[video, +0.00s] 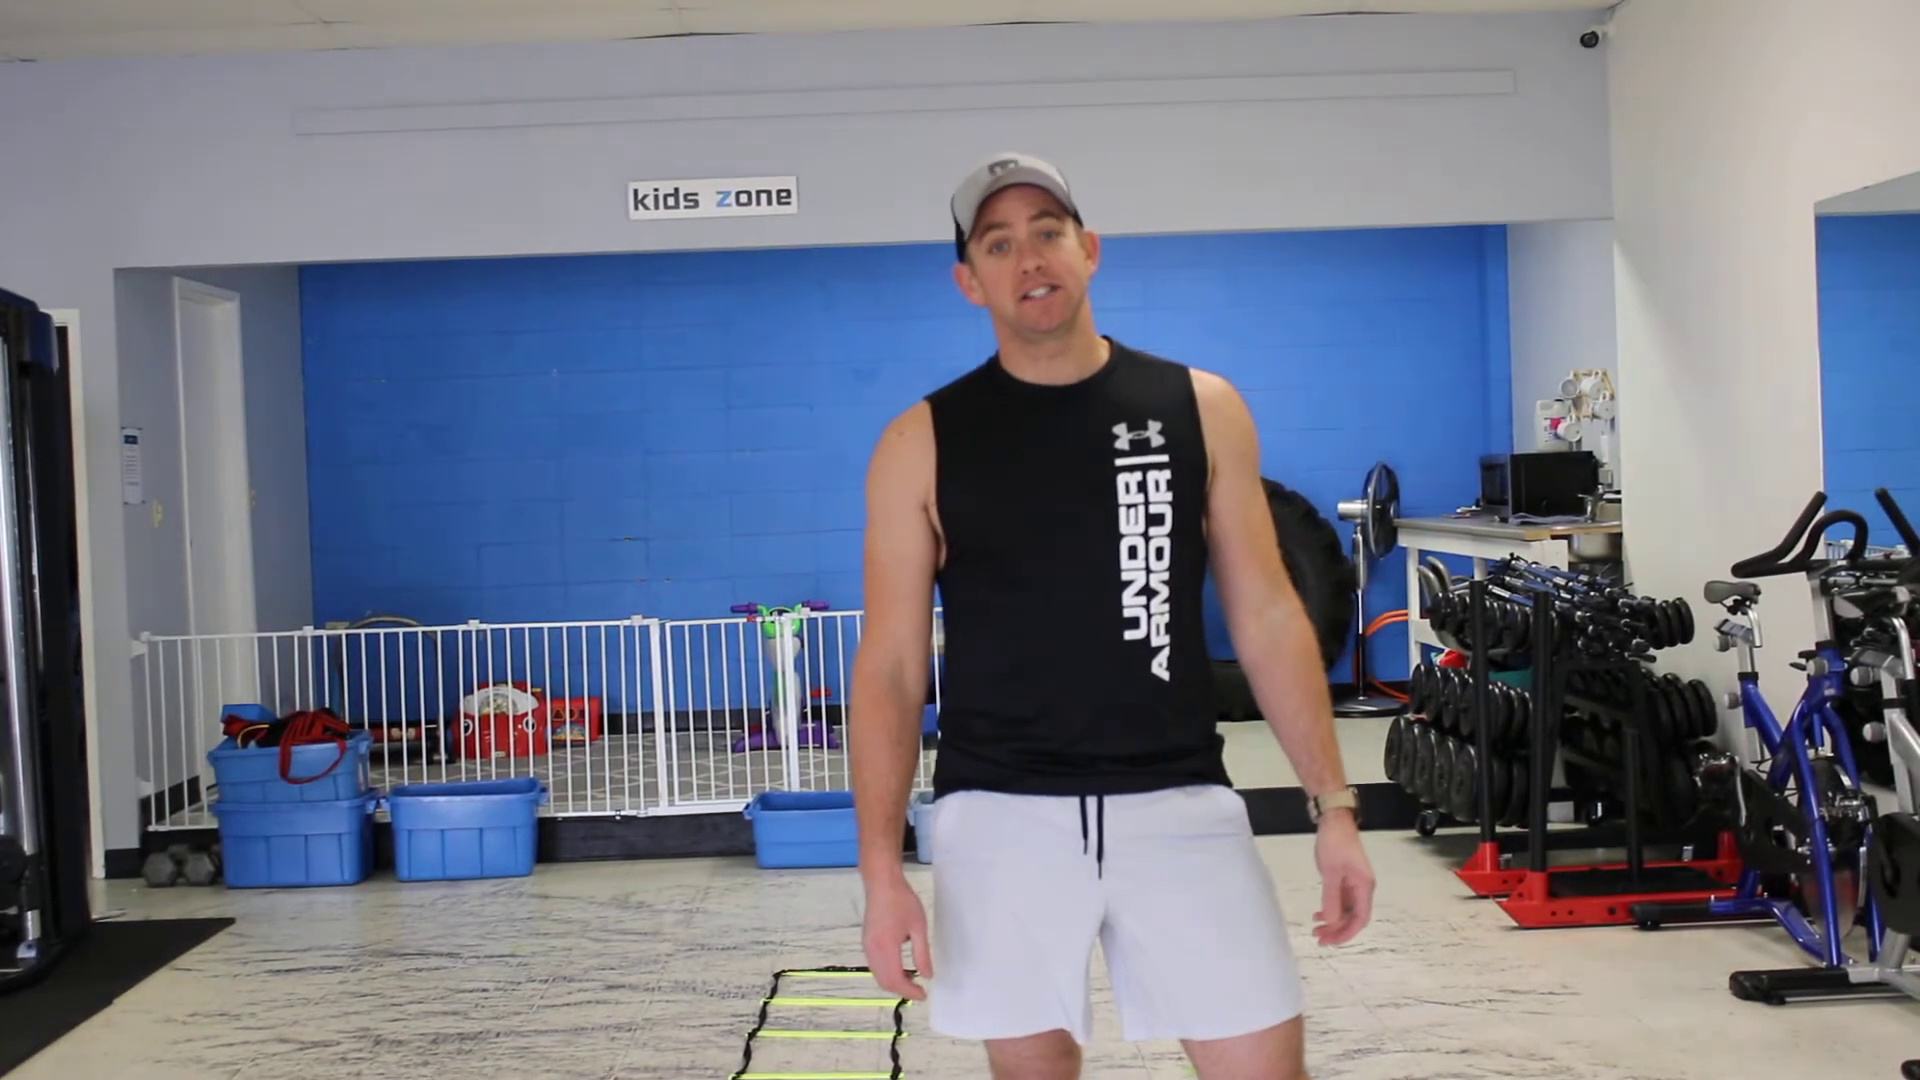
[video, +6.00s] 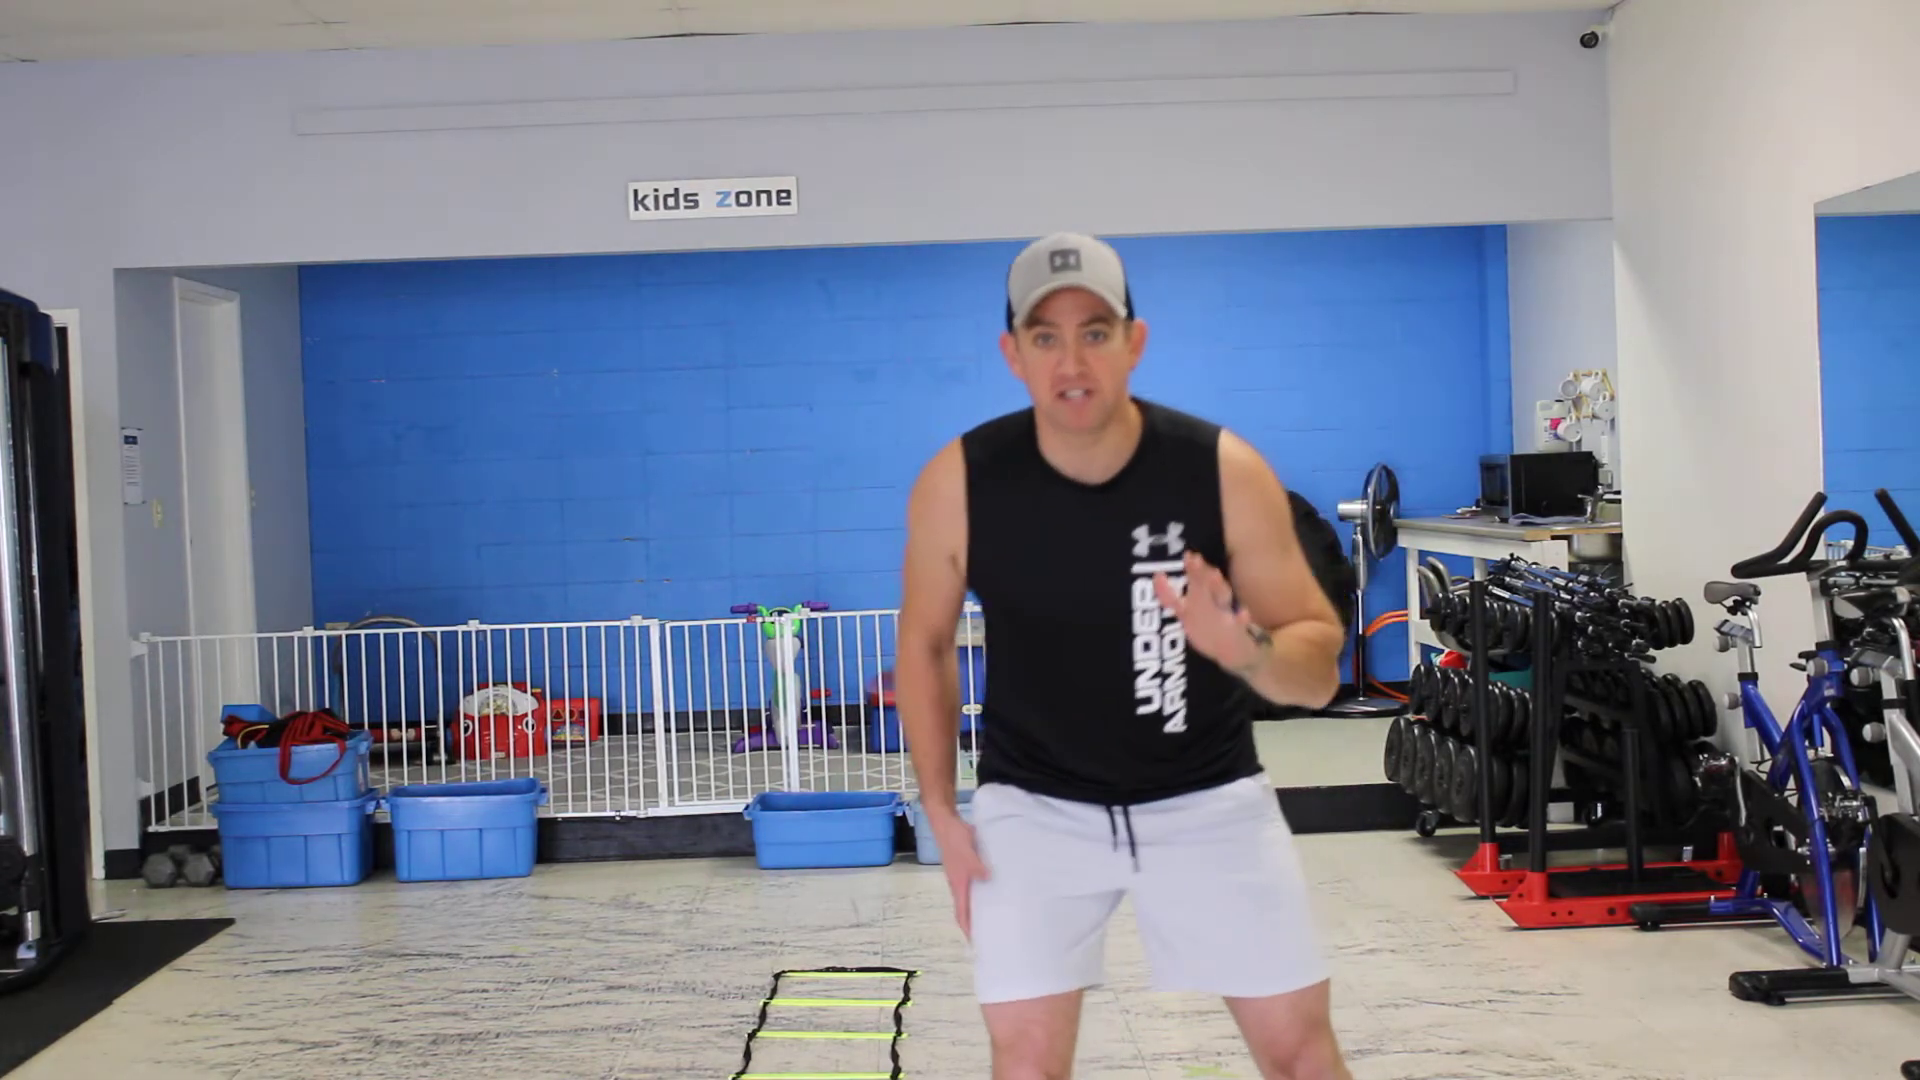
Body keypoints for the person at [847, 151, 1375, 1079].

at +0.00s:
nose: (1031, 256)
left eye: (1050, 232)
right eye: (1000, 243)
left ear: (1089, 252)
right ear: (971, 281)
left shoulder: (1203, 410)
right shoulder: (921, 444)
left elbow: (1266, 615)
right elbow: (891, 669)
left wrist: (1334, 811)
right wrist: (881, 868)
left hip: (1182, 812)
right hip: (999, 825)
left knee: (1266, 1064)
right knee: (1034, 1065)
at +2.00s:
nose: (1128, 239)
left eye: (1144, 213)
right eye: (1097, 227)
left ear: (1186, 224)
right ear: (1071, 265)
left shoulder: (1297, 381)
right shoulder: (1053, 396)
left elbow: (1347, 597)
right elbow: (1020, 548)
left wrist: (1241, 711)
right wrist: (959, 676)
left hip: (1260, 790)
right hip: (1088, 788)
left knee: (1274, 1064)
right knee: (1092, 1062)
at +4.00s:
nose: (1127, 250)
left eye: (1152, 225)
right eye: (1101, 227)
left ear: (1191, 244)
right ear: (1069, 251)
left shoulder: (1280, 391)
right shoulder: (1006, 399)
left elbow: (1372, 569)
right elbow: (939, 569)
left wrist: (1335, 601)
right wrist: (917, 633)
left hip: (1241, 778)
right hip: (1065, 784)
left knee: (1259, 1058)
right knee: (1070, 1062)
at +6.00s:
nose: (1072, 362)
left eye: (1095, 335)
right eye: (1046, 337)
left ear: (1135, 345)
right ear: (1014, 353)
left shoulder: (1227, 473)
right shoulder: (958, 485)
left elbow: (1317, 664)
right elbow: (924, 648)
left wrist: (1245, 653)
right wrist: (942, 814)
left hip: (1213, 809)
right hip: (1036, 815)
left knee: (1302, 1054)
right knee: (1027, 1064)